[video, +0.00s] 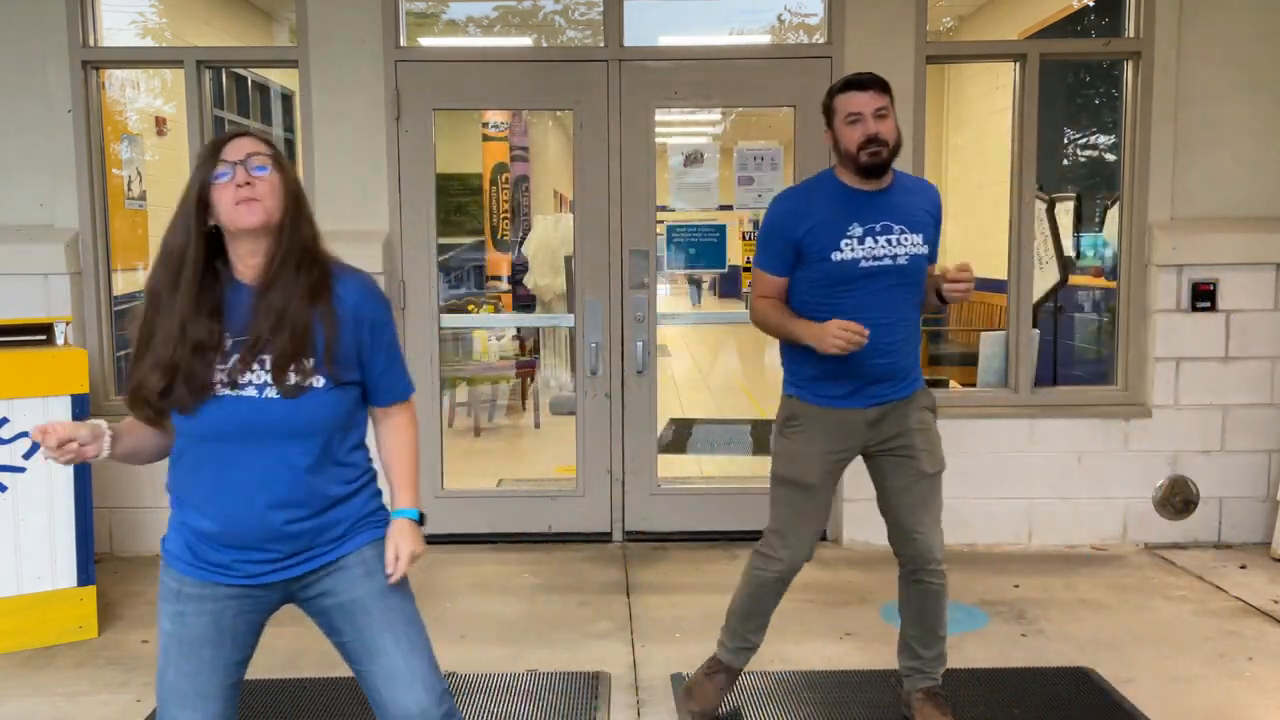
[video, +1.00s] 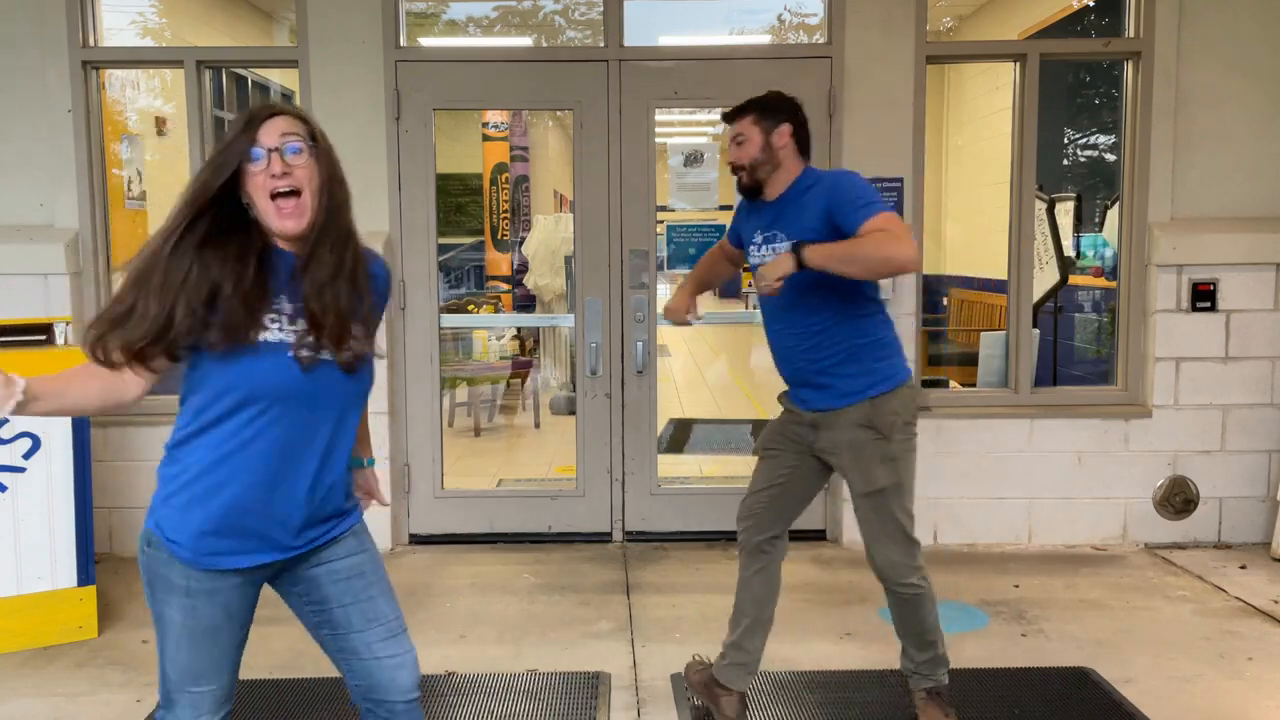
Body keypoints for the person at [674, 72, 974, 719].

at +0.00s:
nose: (871, 129)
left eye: (881, 116)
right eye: (854, 120)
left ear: (897, 124)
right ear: (831, 134)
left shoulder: (922, 201)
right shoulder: (793, 210)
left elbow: (911, 290)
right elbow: (762, 305)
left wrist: (942, 288)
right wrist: (812, 332)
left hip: (903, 406)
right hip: (817, 411)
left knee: (924, 556)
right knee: (785, 550)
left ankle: (924, 687)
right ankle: (726, 662)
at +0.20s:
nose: (910, 127)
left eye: (922, 114)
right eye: (894, 116)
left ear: (938, 125)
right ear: (871, 130)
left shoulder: (958, 200)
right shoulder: (830, 198)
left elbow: (978, 292)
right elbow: (762, 285)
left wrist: (1016, 268)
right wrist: (830, 265)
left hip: (925, 403)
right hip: (842, 405)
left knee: (933, 555)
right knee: (858, 545)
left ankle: (925, 684)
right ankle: (816, 649)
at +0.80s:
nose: (825, 151)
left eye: (837, 136)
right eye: (817, 141)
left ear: (878, 137)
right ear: (813, 149)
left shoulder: (936, 207)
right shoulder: (801, 215)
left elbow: (988, 301)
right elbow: (773, 279)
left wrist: (943, 291)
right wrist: (762, 325)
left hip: (917, 419)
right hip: (824, 415)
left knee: (935, 564)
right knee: (765, 527)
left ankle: (922, 686)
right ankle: (804, 665)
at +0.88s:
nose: (781, 146)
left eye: (793, 132)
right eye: (777, 136)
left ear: (837, 130)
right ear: (780, 143)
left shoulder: (901, 193)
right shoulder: (779, 208)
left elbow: (971, 278)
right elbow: (750, 268)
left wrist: (891, 263)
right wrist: (735, 292)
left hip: (902, 408)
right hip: (818, 404)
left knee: (918, 560)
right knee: (761, 517)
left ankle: (924, 687)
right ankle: (758, 675)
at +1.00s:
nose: (732, 155)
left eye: (741, 142)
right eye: (729, 145)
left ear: (783, 137)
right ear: (758, 146)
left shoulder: (837, 188)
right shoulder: (751, 211)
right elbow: (724, 259)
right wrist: (689, 290)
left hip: (873, 405)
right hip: (804, 409)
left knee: (895, 561)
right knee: (758, 532)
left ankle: (930, 687)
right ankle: (732, 682)